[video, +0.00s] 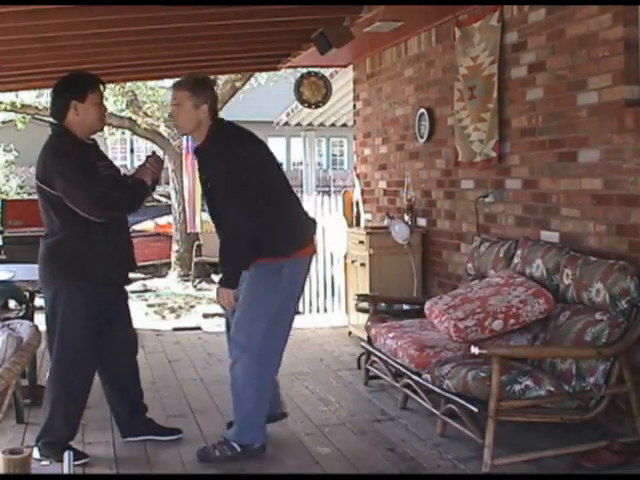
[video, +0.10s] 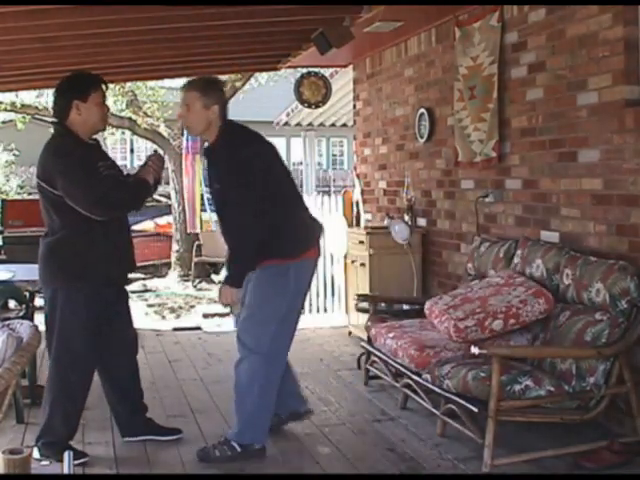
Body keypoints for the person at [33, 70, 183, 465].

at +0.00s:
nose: (105, 110)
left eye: (103, 102)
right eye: (99, 102)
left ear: (76, 108)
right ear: (75, 107)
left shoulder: (89, 151)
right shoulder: (60, 153)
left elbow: (117, 198)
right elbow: (100, 206)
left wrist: (143, 179)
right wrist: (141, 182)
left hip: (103, 275)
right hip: (73, 278)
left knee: (119, 352)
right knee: (72, 363)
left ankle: (134, 424)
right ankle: (52, 444)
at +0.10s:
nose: (107, 109)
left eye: (106, 101)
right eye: (101, 102)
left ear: (78, 108)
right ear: (76, 107)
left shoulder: (92, 151)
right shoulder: (60, 153)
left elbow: (117, 196)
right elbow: (100, 204)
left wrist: (144, 178)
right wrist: (143, 182)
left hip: (104, 274)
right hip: (73, 278)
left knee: (119, 351)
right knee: (71, 361)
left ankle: (134, 423)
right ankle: (52, 444)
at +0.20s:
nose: (109, 108)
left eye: (108, 101)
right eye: (103, 101)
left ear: (80, 108)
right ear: (78, 107)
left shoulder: (94, 151)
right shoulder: (62, 153)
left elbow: (123, 194)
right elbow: (106, 201)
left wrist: (149, 175)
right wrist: (149, 177)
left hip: (105, 274)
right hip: (73, 277)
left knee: (120, 351)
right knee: (71, 362)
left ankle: (134, 423)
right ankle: (52, 444)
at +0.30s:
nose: (111, 107)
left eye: (109, 99)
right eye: (104, 100)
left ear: (83, 107)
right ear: (81, 107)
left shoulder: (94, 149)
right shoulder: (65, 152)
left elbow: (126, 189)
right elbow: (110, 199)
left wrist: (154, 171)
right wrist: (156, 175)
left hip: (105, 274)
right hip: (74, 277)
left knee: (120, 350)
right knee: (71, 361)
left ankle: (134, 423)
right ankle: (52, 444)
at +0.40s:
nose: (115, 107)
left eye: (113, 99)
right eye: (108, 100)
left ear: (88, 107)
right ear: (85, 106)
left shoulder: (95, 149)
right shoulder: (68, 151)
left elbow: (130, 189)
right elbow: (114, 197)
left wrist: (156, 172)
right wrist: (157, 174)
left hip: (106, 273)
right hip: (77, 276)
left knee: (121, 350)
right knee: (70, 361)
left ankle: (134, 423)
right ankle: (51, 444)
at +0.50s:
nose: (117, 107)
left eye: (115, 99)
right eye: (110, 100)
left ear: (91, 106)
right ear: (86, 106)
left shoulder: (98, 148)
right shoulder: (70, 151)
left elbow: (135, 189)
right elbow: (120, 196)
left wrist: (163, 169)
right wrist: (161, 171)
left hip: (108, 273)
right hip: (77, 275)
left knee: (122, 351)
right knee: (70, 361)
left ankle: (134, 423)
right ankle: (51, 444)